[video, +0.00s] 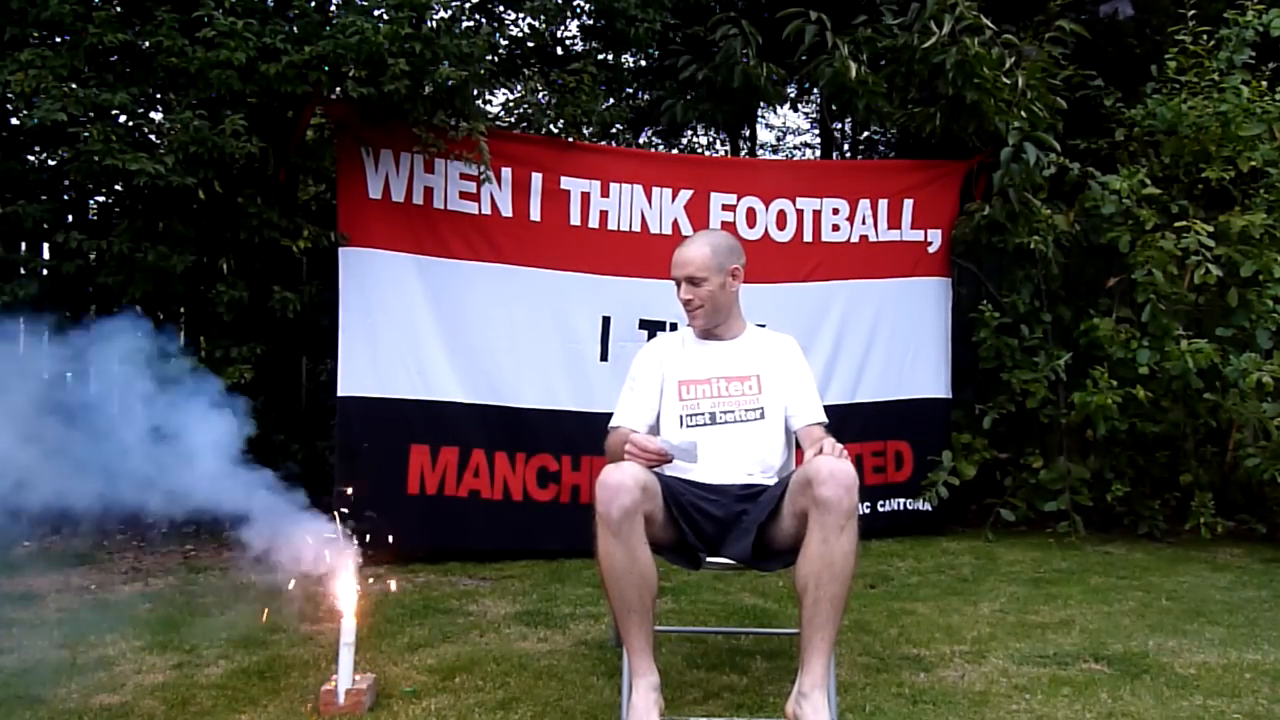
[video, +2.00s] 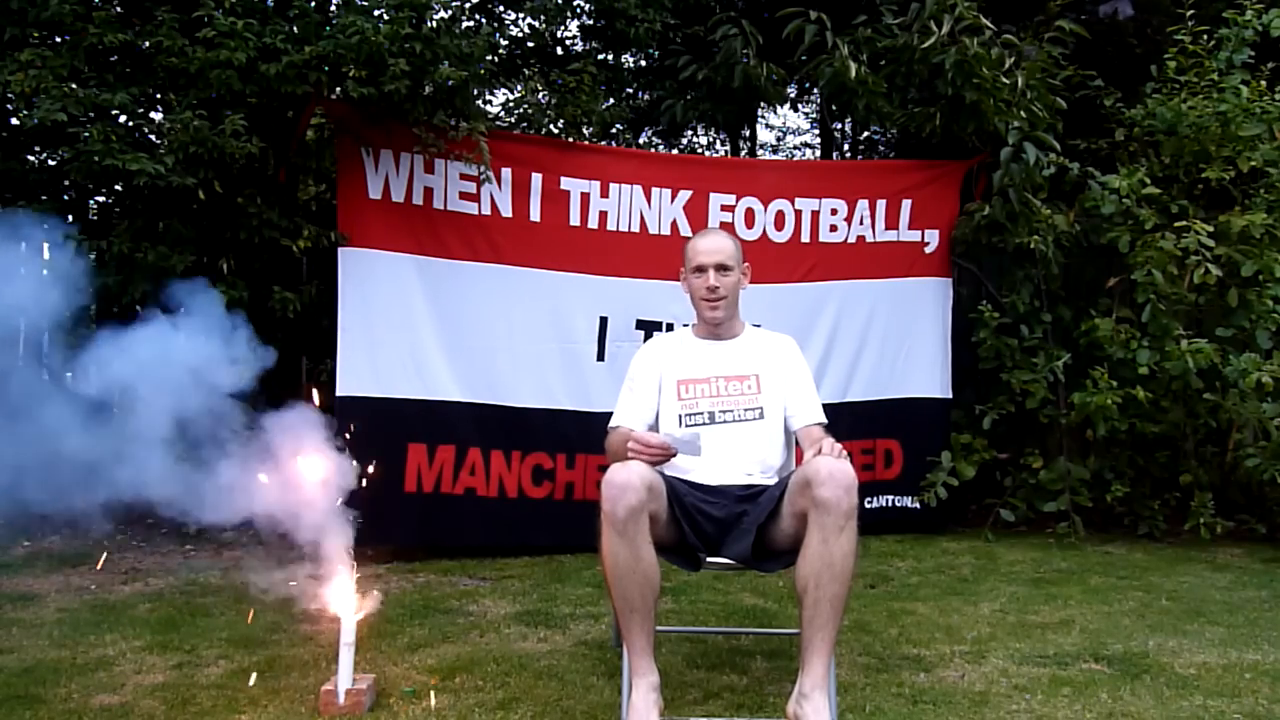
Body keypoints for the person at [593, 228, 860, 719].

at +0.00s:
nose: (684, 296)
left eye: (696, 283)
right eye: (678, 285)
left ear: (735, 278)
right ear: (673, 285)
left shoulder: (781, 350)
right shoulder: (658, 353)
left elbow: (812, 437)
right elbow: (615, 442)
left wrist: (825, 448)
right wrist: (633, 445)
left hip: (768, 504)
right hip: (679, 503)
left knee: (837, 477)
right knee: (615, 485)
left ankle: (812, 689)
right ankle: (642, 682)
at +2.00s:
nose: (711, 283)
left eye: (723, 270)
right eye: (699, 272)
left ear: (744, 276)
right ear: (684, 281)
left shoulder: (780, 350)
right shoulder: (657, 353)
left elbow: (811, 437)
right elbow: (614, 442)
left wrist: (825, 449)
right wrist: (634, 443)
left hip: (768, 502)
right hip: (680, 502)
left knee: (836, 477)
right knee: (620, 483)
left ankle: (813, 690)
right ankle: (642, 681)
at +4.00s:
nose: (721, 281)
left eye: (733, 270)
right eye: (709, 270)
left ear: (750, 278)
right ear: (691, 278)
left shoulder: (784, 349)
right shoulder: (658, 351)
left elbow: (814, 432)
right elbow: (622, 435)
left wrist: (824, 449)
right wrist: (621, 446)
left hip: (768, 503)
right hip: (680, 501)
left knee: (835, 485)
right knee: (619, 492)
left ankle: (807, 695)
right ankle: (645, 687)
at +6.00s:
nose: (720, 279)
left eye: (731, 268)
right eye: (707, 269)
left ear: (748, 276)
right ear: (689, 278)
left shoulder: (782, 351)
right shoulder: (657, 354)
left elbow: (814, 434)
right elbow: (622, 438)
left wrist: (824, 450)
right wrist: (622, 446)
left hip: (767, 503)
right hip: (680, 501)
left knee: (839, 499)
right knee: (618, 493)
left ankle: (804, 698)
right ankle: (645, 688)